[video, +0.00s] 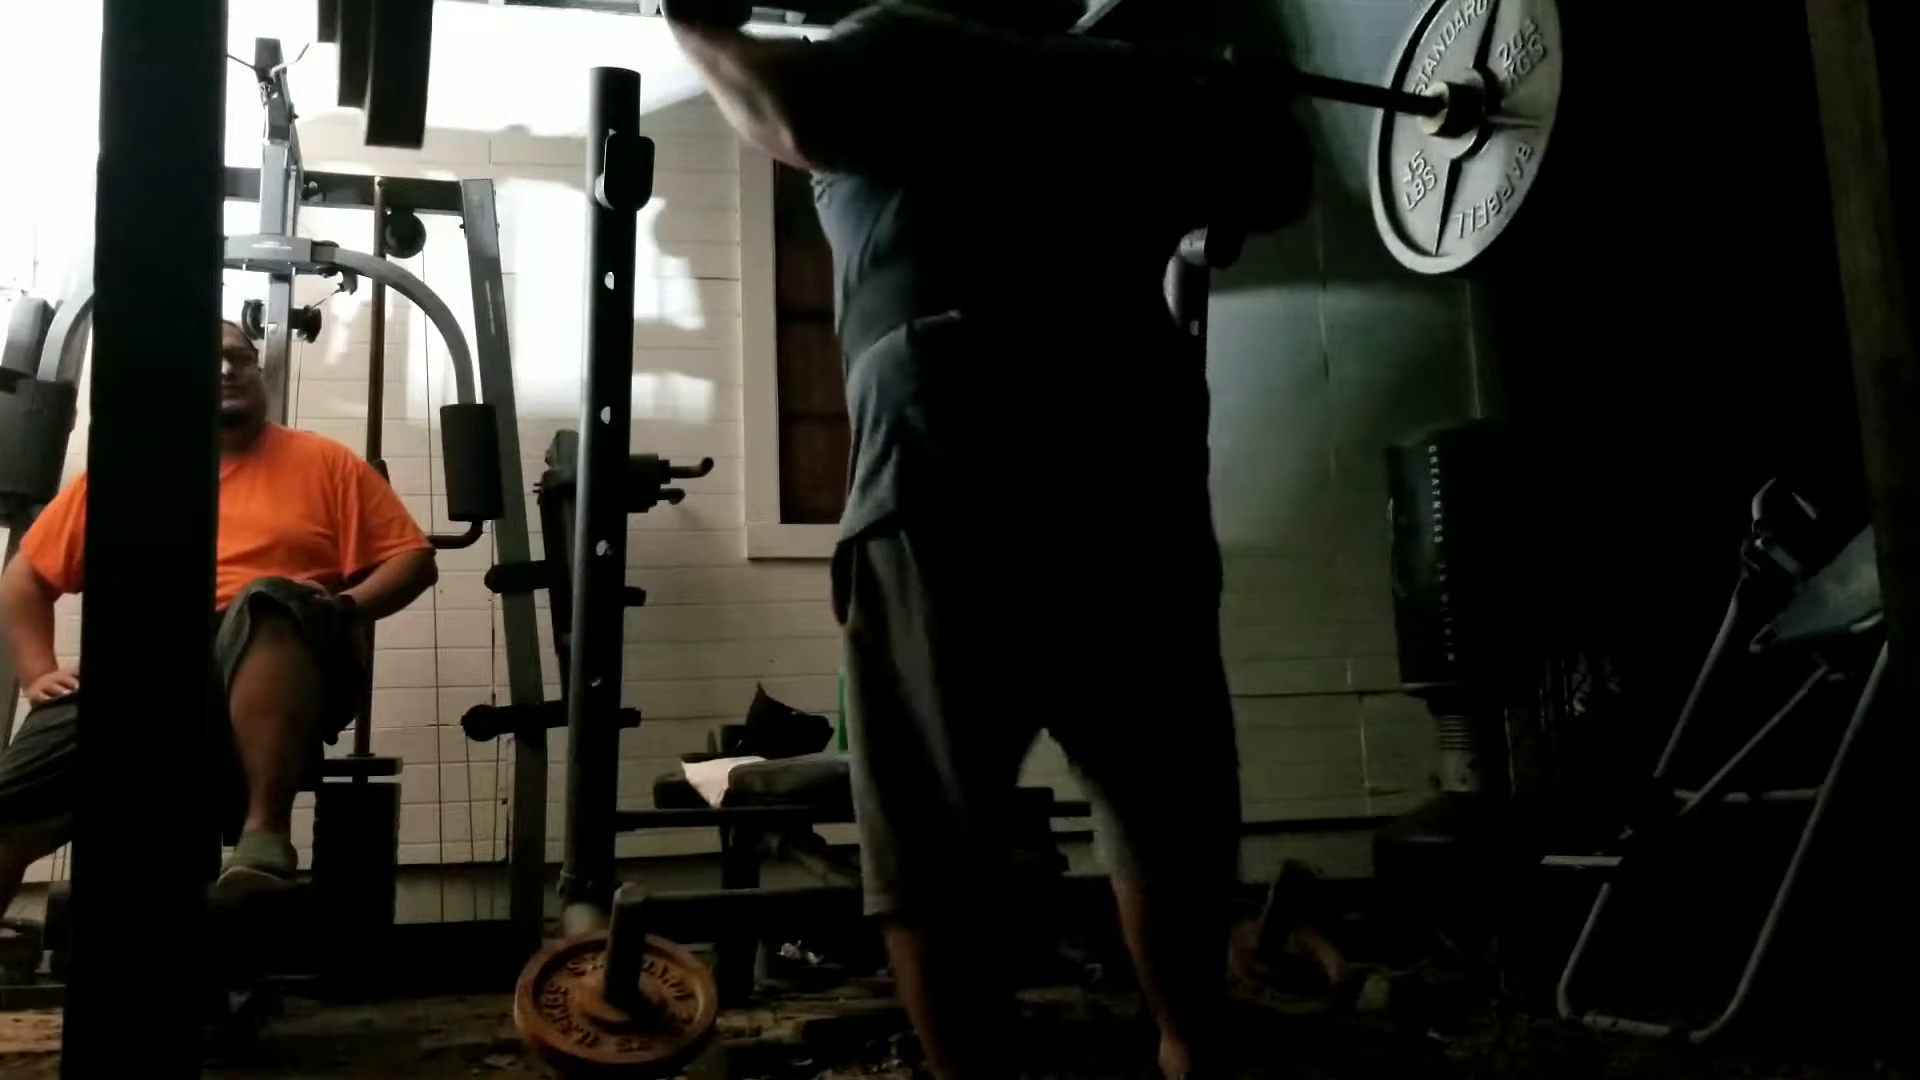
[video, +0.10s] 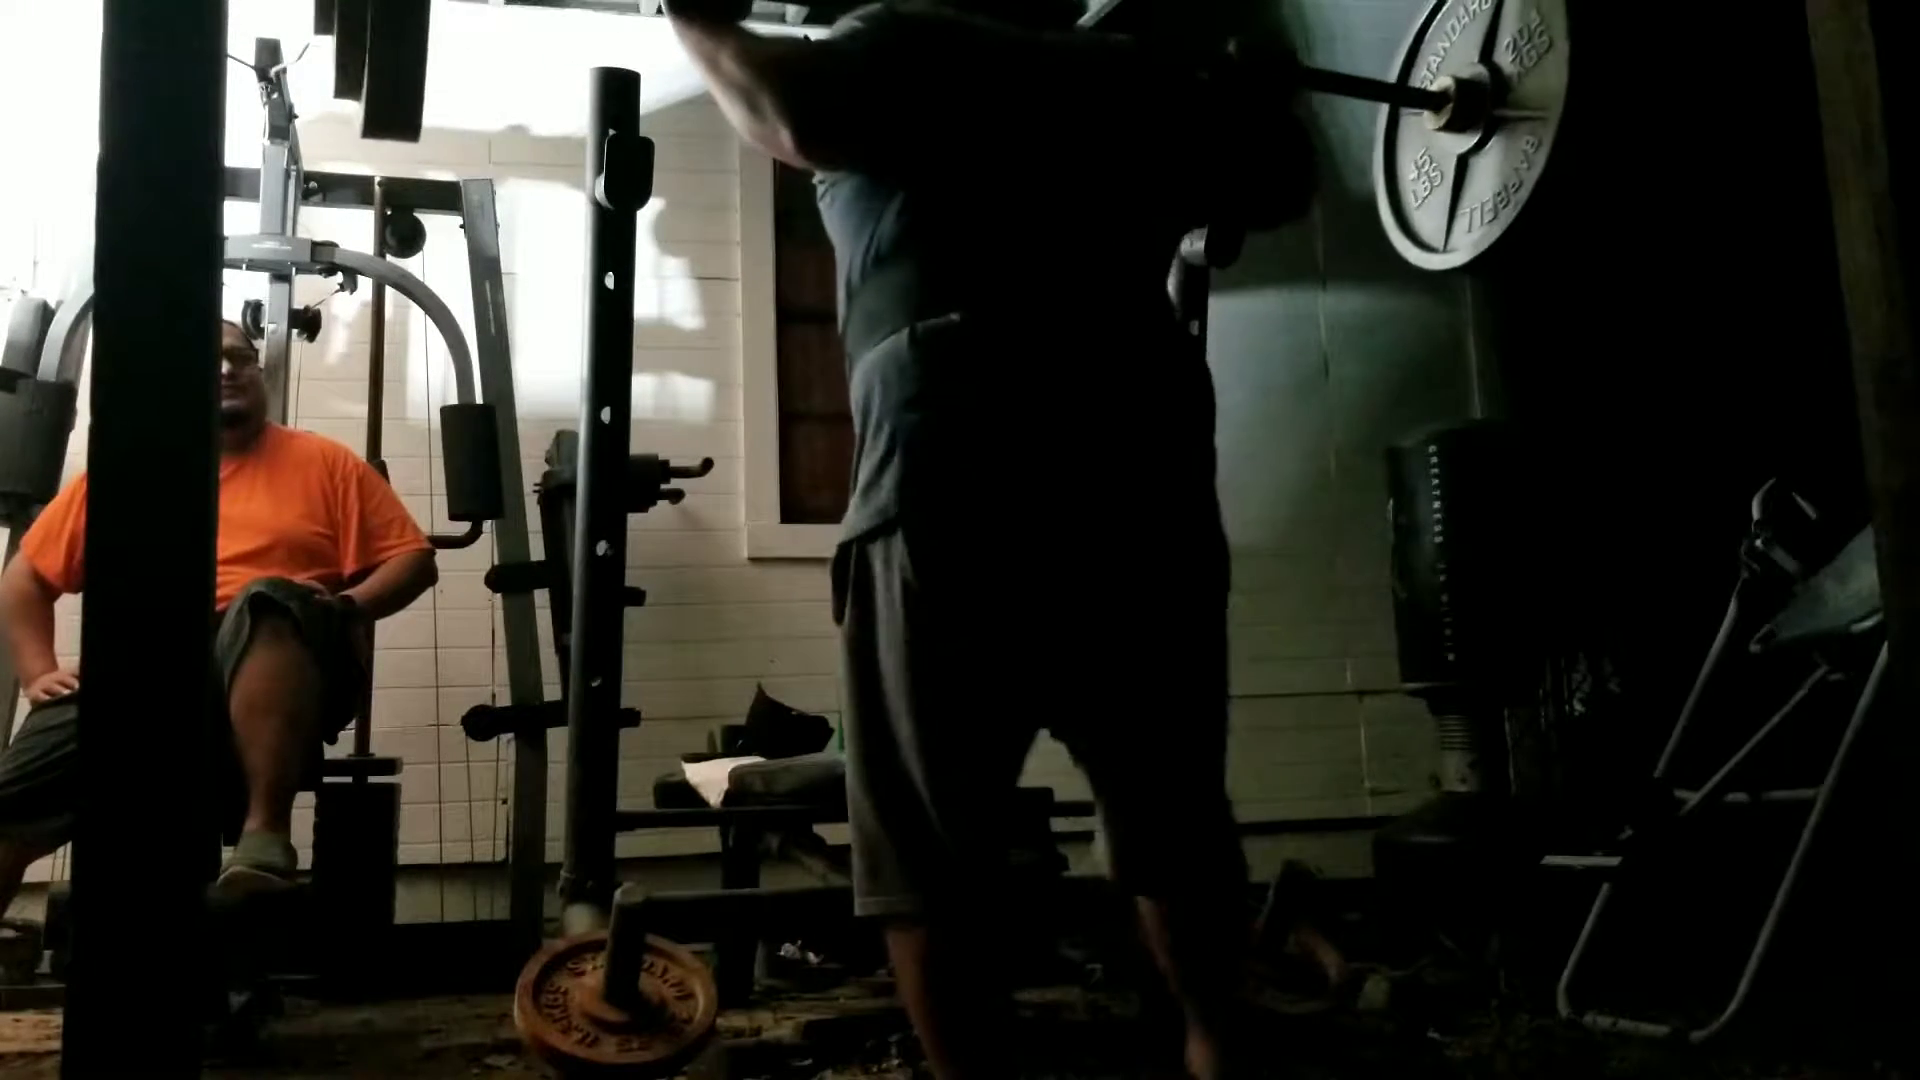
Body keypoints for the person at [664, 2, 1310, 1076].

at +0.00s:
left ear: (910, 2)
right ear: (1057, 2)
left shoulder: (887, 47)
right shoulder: (1128, 82)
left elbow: (797, 128)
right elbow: (1281, 172)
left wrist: (692, 21)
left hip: (943, 482)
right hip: (1136, 474)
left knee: (926, 822)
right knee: (1163, 794)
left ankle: (963, 1065)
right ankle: (1188, 1054)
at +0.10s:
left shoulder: (885, 45)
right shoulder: (1131, 76)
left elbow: (795, 126)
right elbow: (1281, 177)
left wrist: (691, 14)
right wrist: (1258, 69)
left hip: (947, 483)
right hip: (1144, 475)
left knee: (927, 837)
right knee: (1173, 810)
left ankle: (965, 1067)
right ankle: (1215, 1059)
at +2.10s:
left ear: (975, 115)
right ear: (1101, 111)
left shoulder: (943, 177)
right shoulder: (1193, 186)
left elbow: (849, 265)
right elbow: (1339, 271)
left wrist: (771, 173)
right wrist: (1322, 184)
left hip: (1023, 542)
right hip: (1233, 536)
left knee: (908, 841)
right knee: (1237, 833)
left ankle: (934, 1063)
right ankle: (1279, 1058)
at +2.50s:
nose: (974, 268)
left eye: (976, 255)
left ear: (989, 261)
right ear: (1113, 255)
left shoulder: (954, 324)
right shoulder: (1204, 321)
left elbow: (857, 404)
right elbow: (1364, 414)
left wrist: (773, 315)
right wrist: (1332, 318)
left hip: (1060, 655)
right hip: (1273, 643)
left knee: (887, 860)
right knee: (1258, 844)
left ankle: (929, 1062)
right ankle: (1282, 1056)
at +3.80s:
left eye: (961, 94)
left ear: (964, 103)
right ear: (1089, 98)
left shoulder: (935, 162)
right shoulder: (1181, 169)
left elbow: (836, 226)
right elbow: (1338, 246)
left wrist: (767, 149)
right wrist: (1300, 155)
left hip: (1018, 539)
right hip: (1222, 538)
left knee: (893, 865)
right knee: (1239, 839)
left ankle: (933, 1063)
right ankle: (1275, 1059)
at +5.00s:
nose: (950, 236)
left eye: (953, 223)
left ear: (966, 227)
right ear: (1091, 223)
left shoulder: (936, 292)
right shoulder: (1182, 292)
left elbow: (836, 368)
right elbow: (1344, 376)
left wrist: (773, 278)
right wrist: (1294, 282)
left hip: (1046, 615)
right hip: (1257, 607)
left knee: (872, 844)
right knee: (1234, 849)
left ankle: (930, 1061)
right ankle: (1277, 1058)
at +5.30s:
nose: (948, 385)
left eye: (952, 371)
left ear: (968, 374)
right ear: (1086, 368)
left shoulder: (934, 444)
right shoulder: (1179, 437)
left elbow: (855, 542)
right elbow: (1345, 525)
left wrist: (775, 451)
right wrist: (1300, 434)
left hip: (1039, 793)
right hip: (1256, 782)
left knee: (825, 853)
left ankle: (920, 1062)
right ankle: (1276, 1053)